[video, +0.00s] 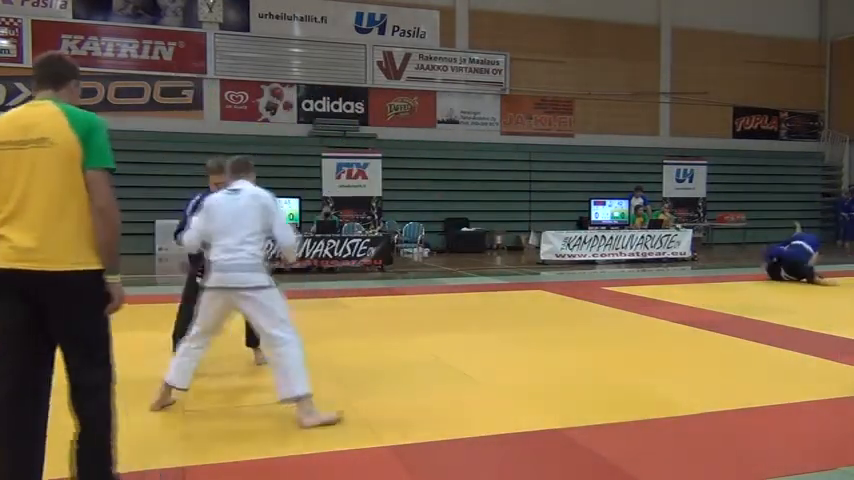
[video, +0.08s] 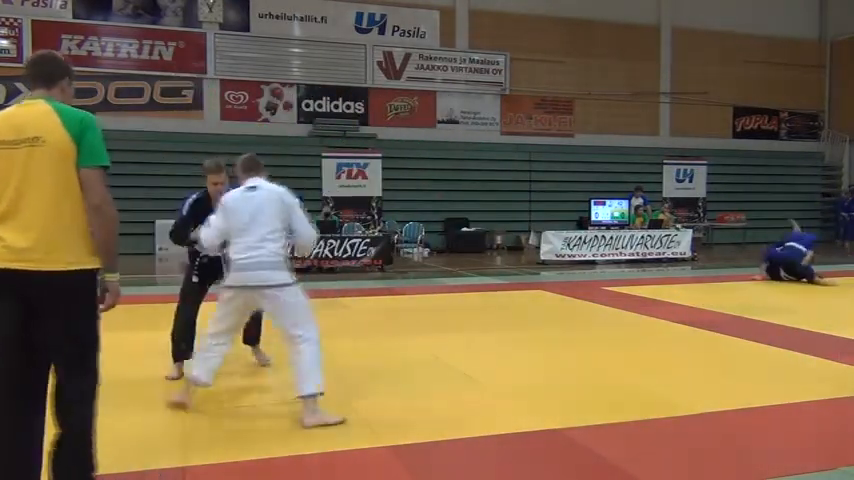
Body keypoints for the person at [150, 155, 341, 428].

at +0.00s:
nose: (256, 181)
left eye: (227, 176)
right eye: (255, 177)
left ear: (228, 176)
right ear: (253, 176)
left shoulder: (213, 201)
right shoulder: (264, 198)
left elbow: (190, 241)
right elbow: (287, 240)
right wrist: (289, 256)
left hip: (217, 279)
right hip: (254, 279)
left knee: (197, 336)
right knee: (283, 337)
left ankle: (166, 390)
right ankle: (305, 408)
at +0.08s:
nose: (236, 180)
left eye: (236, 177)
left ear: (240, 176)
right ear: (264, 173)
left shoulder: (229, 200)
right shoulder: (282, 195)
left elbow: (208, 241)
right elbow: (308, 237)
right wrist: (298, 253)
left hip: (239, 279)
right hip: (276, 278)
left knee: (218, 335)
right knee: (304, 336)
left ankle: (187, 391)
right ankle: (311, 409)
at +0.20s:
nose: (249, 177)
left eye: (248, 174)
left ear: (251, 171)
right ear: (274, 166)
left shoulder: (245, 194)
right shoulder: (298, 185)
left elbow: (222, 234)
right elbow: (326, 226)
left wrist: (216, 222)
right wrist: (304, 242)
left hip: (262, 268)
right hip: (301, 266)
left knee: (250, 323)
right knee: (322, 326)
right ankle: (320, 398)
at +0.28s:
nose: (256, 178)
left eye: (256, 175)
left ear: (259, 173)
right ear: (282, 168)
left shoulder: (255, 195)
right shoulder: (306, 186)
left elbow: (226, 234)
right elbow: (336, 227)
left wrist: (223, 219)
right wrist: (315, 245)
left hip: (277, 268)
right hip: (315, 264)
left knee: (273, 327)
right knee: (343, 322)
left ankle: (272, 399)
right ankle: (344, 393)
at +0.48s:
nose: (287, 187)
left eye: (287, 184)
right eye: (288, 184)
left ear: (292, 182)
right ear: (313, 178)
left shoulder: (292, 206)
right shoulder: (340, 198)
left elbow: (263, 248)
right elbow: (368, 240)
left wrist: (249, 230)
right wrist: (352, 263)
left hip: (312, 279)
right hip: (351, 277)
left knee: (288, 334)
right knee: (381, 333)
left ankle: (275, 401)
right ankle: (404, 404)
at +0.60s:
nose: (306, 181)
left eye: (306, 178)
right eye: (306, 178)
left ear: (311, 176)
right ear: (333, 174)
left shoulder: (305, 203)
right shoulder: (356, 196)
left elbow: (290, 245)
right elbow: (379, 237)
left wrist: (282, 234)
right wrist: (361, 259)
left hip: (319, 275)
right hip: (357, 274)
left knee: (297, 329)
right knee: (382, 333)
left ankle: (283, 395)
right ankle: (403, 405)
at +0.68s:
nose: (310, 181)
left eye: (310, 178)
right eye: (311, 178)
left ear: (315, 176)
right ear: (337, 173)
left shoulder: (309, 199)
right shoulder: (360, 193)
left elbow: (286, 238)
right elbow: (381, 235)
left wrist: (281, 220)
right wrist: (362, 256)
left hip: (319, 272)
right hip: (357, 272)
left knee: (295, 319)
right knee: (381, 331)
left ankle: (289, 382)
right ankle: (402, 403)